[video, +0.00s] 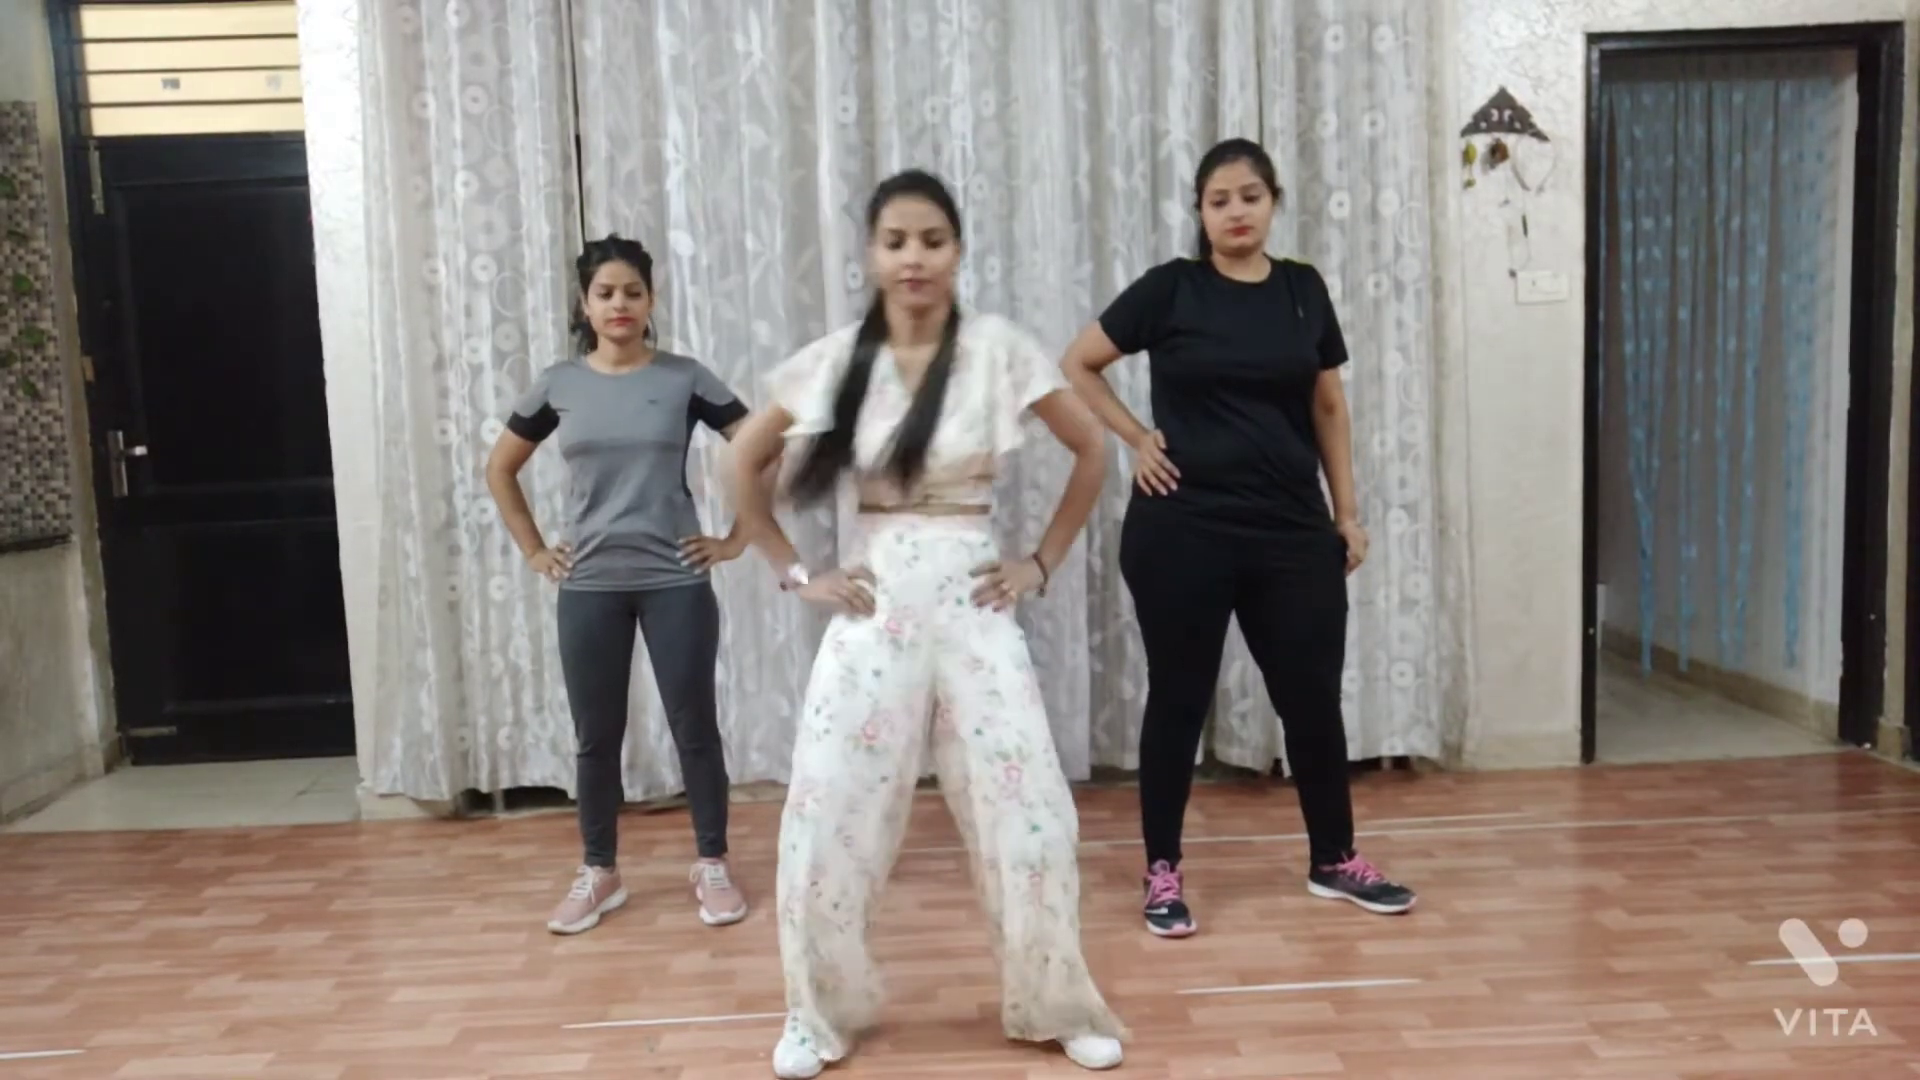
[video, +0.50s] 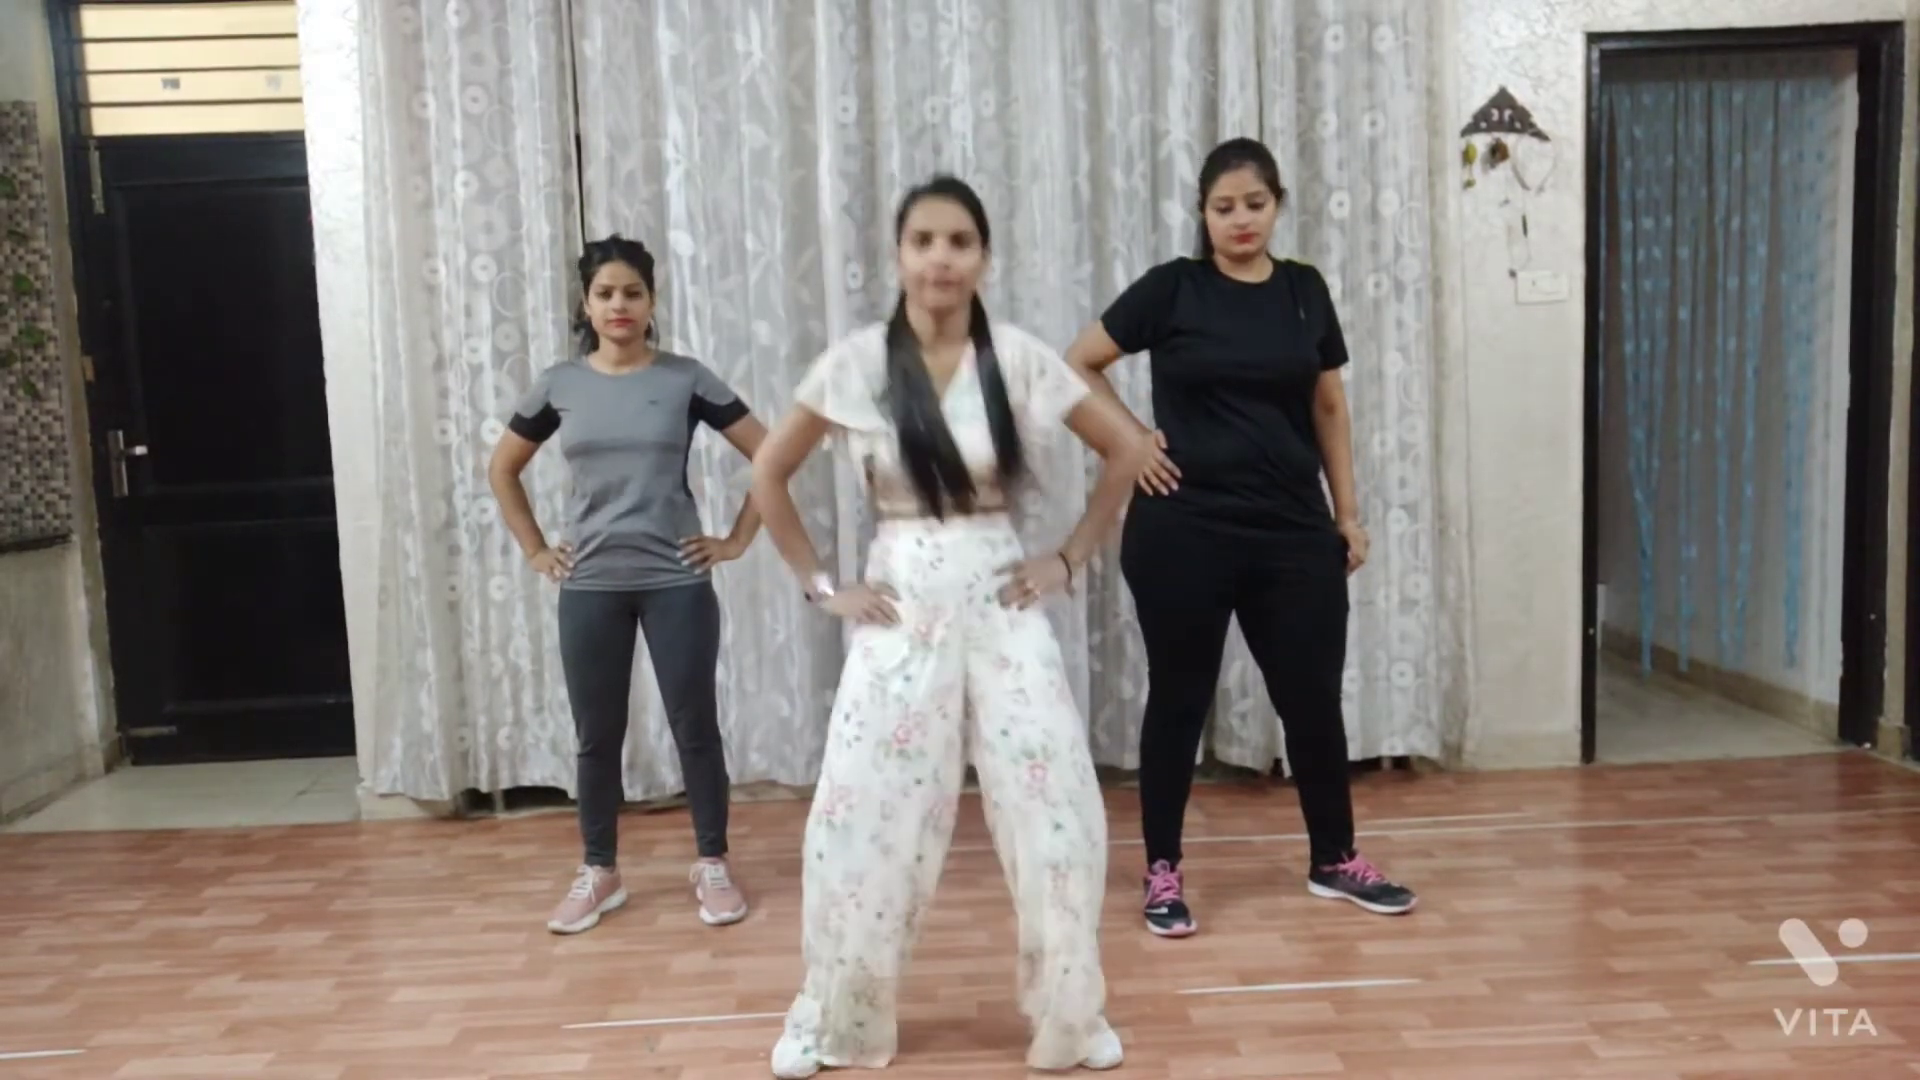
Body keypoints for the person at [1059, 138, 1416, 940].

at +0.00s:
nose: (1235, 212)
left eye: (1250, 197)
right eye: (1220, 200)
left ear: (1273, 205)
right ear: (1200, 210)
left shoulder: (1302, 289)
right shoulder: (1168, 290)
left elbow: (1330, 406)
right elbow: (1076, 366)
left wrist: (1345, 512)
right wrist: (1136, 437)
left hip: (1290, 529)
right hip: (1183, 527)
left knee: (1314, 701)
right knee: (1178, 701)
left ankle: (1334, 861)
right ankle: (1162, 870)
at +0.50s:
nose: (1240, 220)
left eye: (1254, 205)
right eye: (1225, 207)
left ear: (1276, 209)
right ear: (1203, 213)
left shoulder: (1304, 290)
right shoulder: (1169, 290)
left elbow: (1331, 408)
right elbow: (1075, 366)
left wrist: (1346, 513)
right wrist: (1127, 436)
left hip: (1291, 529)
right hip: (1184, 528)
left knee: (1315, 702)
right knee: (1178, 701)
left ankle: (1335, 861)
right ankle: (1162, 870)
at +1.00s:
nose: (1245, 220)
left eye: (1259, 205)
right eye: (1229, 206)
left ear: (1279, 208)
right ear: (1205, 212)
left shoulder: (1304, 290)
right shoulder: (1170, 289)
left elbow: (1331, 409)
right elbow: (1073, 369)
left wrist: (1346, 514)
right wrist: (1134, 433)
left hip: (1291, 529)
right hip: (1183, 527)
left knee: (1315, 699)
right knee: (1179, 701)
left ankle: (1335, 860)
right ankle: (1162, 870)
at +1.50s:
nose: (1248, 215)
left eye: (1262, 200)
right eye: (1232, 202)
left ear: (1282, 206)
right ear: (1208, 211)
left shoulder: (1305, 290)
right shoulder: (1173, 288)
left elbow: (1331, 409)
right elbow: (1079, 363)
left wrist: (1346, 515)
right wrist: (1139, 436)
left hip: (1293, 529)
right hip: (1186, 526)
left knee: (1315, 699)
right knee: (1180, 699)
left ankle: (1335, 860)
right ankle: (1162, 870)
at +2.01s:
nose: (1249, 211)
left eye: (1262, 196)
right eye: (1232, 198)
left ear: (1282, 204)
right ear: (1208, 209)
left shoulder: (1306, 289)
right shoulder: (1174, 288)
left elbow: (1333, 408)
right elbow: (1081, 363)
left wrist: (1348, 512)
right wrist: (1140, 436)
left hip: (1296, 529)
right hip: (1187, 527)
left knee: (1316, 699)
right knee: (1181, 699)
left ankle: (1335, 860)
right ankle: (1163, 870)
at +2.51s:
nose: (1250, 209)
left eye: (1264, 194)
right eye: (1234, 196)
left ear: (1284, 203)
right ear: (1209, 207)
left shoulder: (1308, 289)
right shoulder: (1174, 289)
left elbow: (1334, 409)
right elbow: (1078, 367)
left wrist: (1349, 512)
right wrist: (1135, 438)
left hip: (1298, 532)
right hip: (1191, 531)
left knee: (1318, 701)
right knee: (1180, 703)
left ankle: (1336, 861)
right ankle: (1163, 869)